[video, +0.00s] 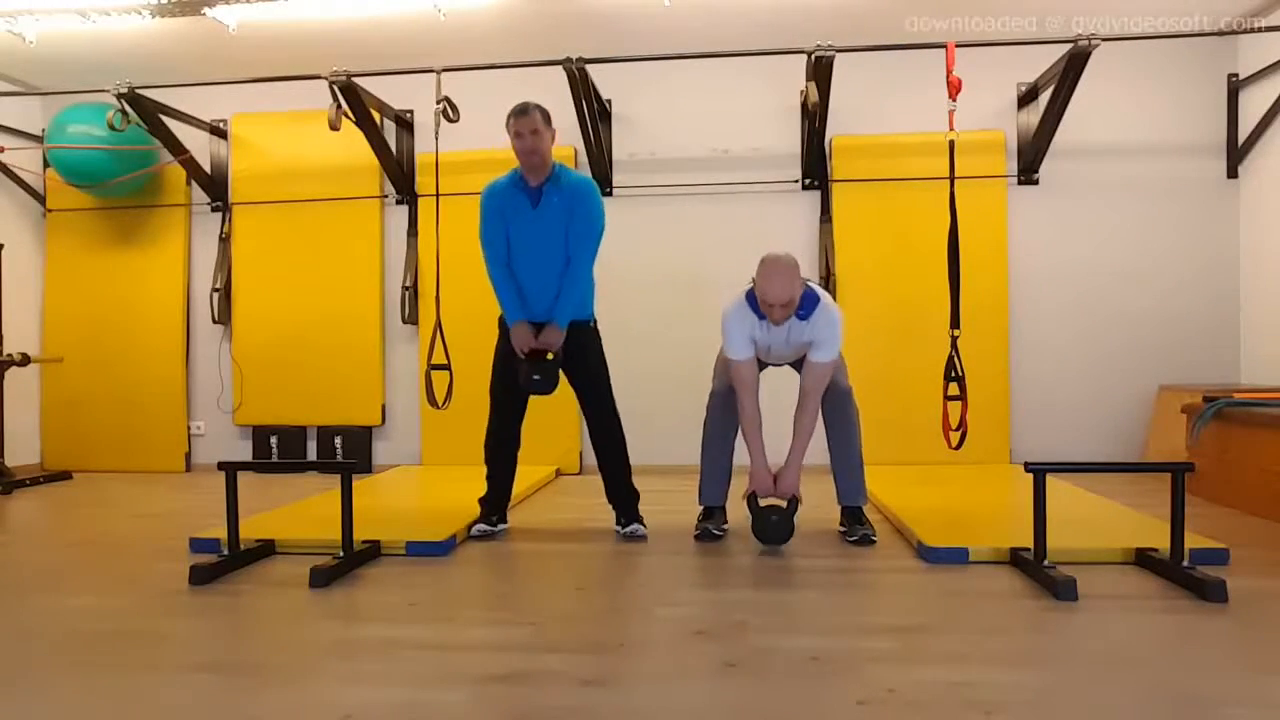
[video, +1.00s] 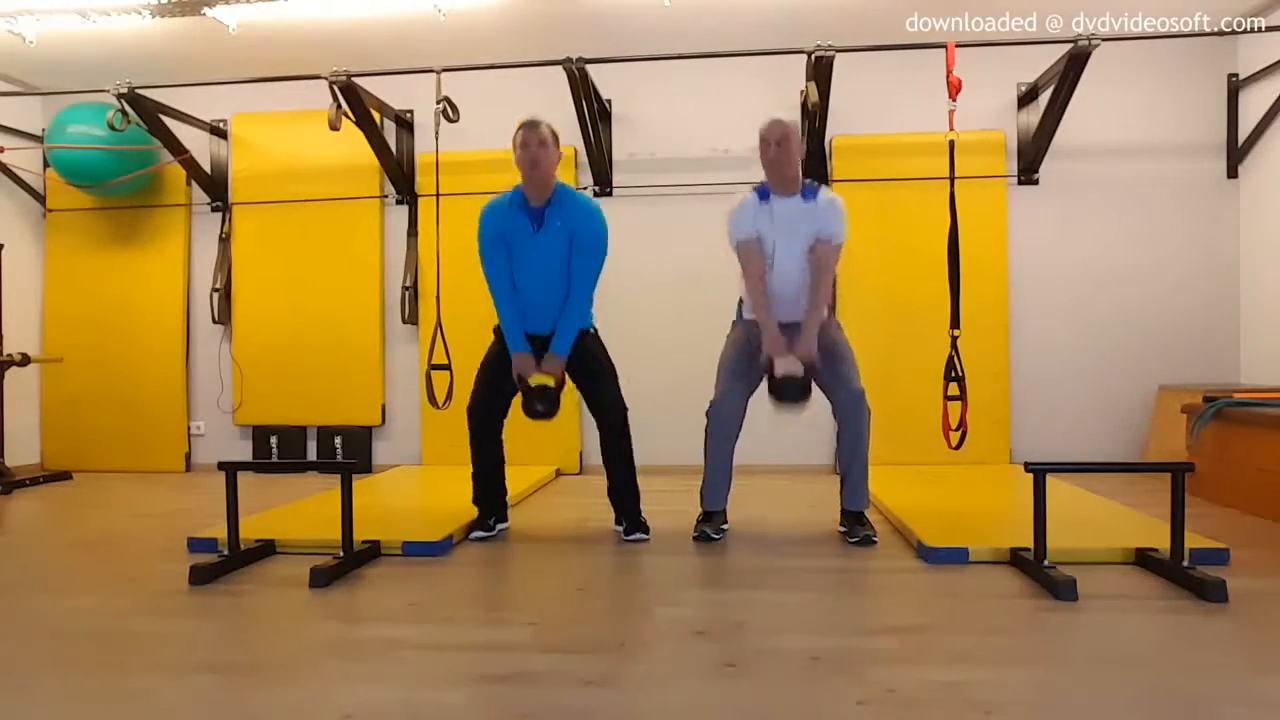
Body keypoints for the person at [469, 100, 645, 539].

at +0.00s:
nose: (528, 141)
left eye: (535, 132)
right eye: (519, 135)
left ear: (552, 136)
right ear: (510, 141)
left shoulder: (582, 190)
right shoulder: (496, 196)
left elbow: (582, 262)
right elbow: (496, 264)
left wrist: (560, 322)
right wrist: (515, 321)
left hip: (573, 322)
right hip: (517, 324)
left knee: (603, 418)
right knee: (503, 422)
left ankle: (627, 514)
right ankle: (493, 512)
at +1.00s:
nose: (533, 152)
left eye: (541, 145)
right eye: (525, 146)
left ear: (558, 155)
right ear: (515, 157)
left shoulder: (586, 214)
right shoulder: (495, 216)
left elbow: (582, 292)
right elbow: (501, 290)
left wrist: (559, 353)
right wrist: (518, 350)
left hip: (573, 334)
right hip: (516, 335)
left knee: (613, 413)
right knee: (482, 414)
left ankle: (629, 516)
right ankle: (491, 513)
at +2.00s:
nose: (543, 156)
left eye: (551, 150)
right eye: (536, 151)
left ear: (567, 161)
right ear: (525, 164)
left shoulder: (593, 218)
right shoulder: (507, 217)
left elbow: (585, 284)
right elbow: (505, 281)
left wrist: (560, 338)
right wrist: (517, 335)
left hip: (581, 335)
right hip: (525, 336)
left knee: (622, 410)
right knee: (489, 411)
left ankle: (631, 514)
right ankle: (493, 512)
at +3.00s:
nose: (543, 136)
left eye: (550, 129)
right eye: (536, 133)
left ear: (565, 136)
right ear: (527, 141)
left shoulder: (589, 178)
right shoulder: (515, 181)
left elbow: (556, 150)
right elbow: (489, 182)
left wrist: (540, 129)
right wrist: (494, 140)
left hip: (571, 312)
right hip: (519, 310)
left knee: (598, 414)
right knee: (505, 414)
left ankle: (629, 516)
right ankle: (493, 514)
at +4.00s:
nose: (526, 231)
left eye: (535, 221)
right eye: (517, 223)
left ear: (553, 226)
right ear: (509, 231)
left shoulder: (588, 274)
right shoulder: (495, 280)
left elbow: (589, 348)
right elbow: (512, 351)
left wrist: (572, 404)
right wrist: (538, 405)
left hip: (585, 362)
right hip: (527, 366)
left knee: (626, 413)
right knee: (475, 413)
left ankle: (629, 514)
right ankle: (492, 514)